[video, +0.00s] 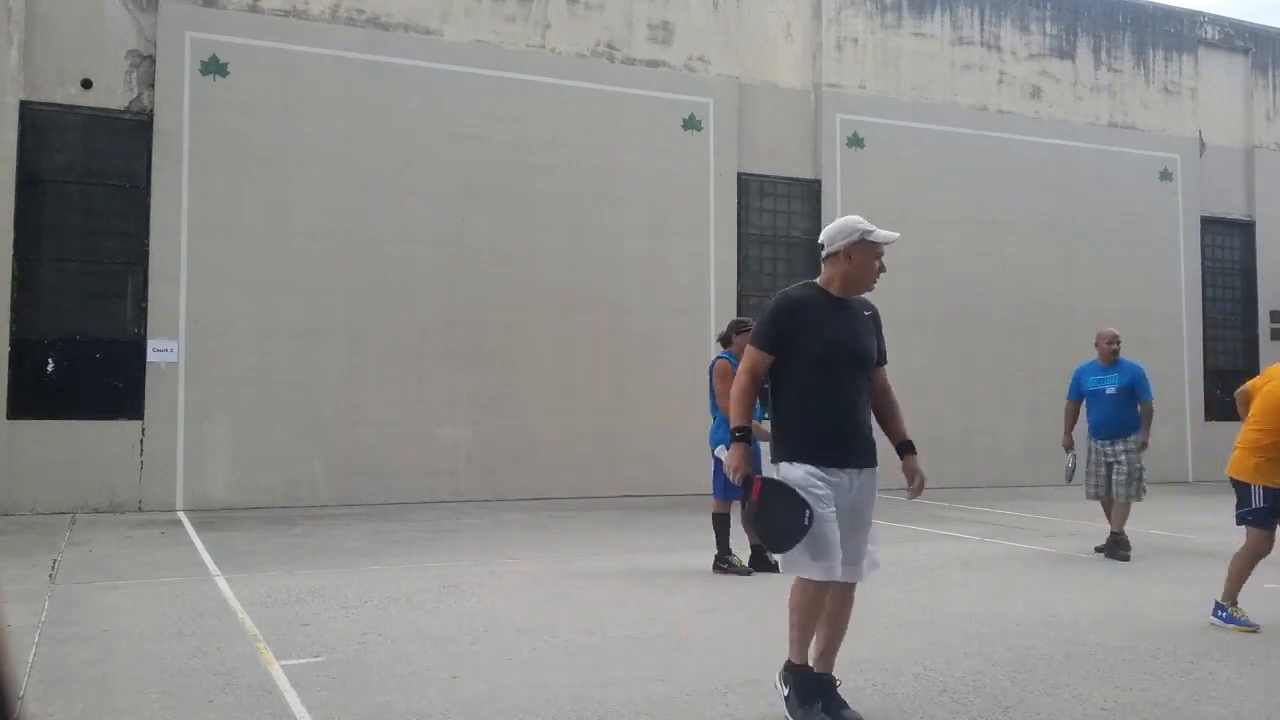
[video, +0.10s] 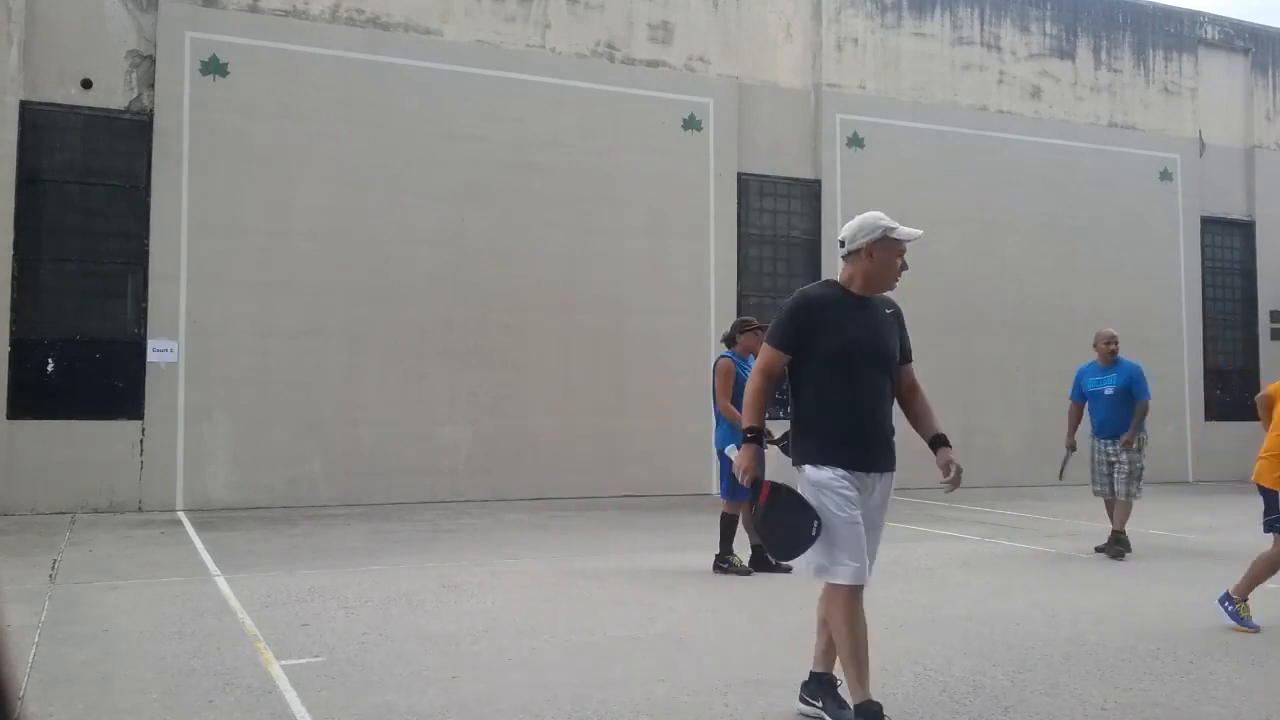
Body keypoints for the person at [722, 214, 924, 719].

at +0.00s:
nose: (882, 266)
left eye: (882, 257)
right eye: (875, 257)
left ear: (852, 258)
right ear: (844, 256)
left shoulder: (866, 314)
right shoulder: (789, 307)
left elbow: (880, 388)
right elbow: (746, 376)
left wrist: (905, 450)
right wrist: (738, 440)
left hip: (857, 468)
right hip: (803, 466)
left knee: (846, 574)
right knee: (816, 569)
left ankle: (823, 678)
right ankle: (795, 671)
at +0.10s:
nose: (905, 262)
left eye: (904, 253)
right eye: (897, 253)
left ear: (873, 255)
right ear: (864, 253)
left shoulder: (889, 313)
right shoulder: (809, 304)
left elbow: (908, 388)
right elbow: (763, 372)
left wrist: (939, 442)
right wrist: (750, 440)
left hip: (877, 467)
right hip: (826, 466)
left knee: (847, 575)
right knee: (848, 577)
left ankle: (819, 680)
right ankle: (863, 704)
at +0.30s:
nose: (951, 256)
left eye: (950, 247)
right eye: (943, 247)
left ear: (915, 250)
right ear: (909, 248)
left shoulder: (936, 311)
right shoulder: (846, 307)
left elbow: (959, 389)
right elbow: (802, 380)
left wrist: (995, 445)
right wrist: (786, 454)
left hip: (924, 481)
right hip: (870, 479)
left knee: (902, 592)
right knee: (896, 601)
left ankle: (842, 664)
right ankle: (914, 715)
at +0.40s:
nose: (974, 248)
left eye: (973, 237)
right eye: (965, 237)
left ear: (940, 242)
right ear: (925, 239)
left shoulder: (959, 304)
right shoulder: (871, 301)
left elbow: (979, 387)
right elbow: (824, 380)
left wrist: (1015, 452)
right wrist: (818, 457)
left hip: (953, 480)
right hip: (893, 478)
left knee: (962, 598)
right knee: (916, 604)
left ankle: (881, 660)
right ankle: (919, 717)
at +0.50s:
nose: (999, 239)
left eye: (998, 228)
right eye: (988, 227)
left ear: (964, 234)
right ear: (946, 230)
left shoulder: (983, 298)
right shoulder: (893, 294)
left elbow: (998, 383)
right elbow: (850, 374)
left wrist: (1030, 457)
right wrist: (856, 451)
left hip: (987, 483)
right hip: (919, 484)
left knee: (1005, 598)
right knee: (929, 607)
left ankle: (946, 692)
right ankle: (923, 715)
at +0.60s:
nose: (1024, 235)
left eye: (1024, 224)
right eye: (1012, 224)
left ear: (1009, 231)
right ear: (968, 224)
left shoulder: (1011, 294)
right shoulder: (920, 290)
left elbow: (1018, 382)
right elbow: (873, 375)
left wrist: (1046, 464)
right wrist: (900, 445)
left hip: (1012, 485)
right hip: (941, 486)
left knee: (1040, 608)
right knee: (939, 614)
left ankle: (1029, 717)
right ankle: (925, 717)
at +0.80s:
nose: (1098, 229)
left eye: (1101, 219)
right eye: (1085, 217)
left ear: (1101, 224)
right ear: (1039, 219)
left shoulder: (1087, 297)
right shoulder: (991, 294)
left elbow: (1083, 395)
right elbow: (941, 382)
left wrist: (1103, 471)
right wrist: (975, 454)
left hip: (1084, 502)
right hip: (1010, 502)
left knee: (1112, 637)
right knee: (982, 629)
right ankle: (940, 715)